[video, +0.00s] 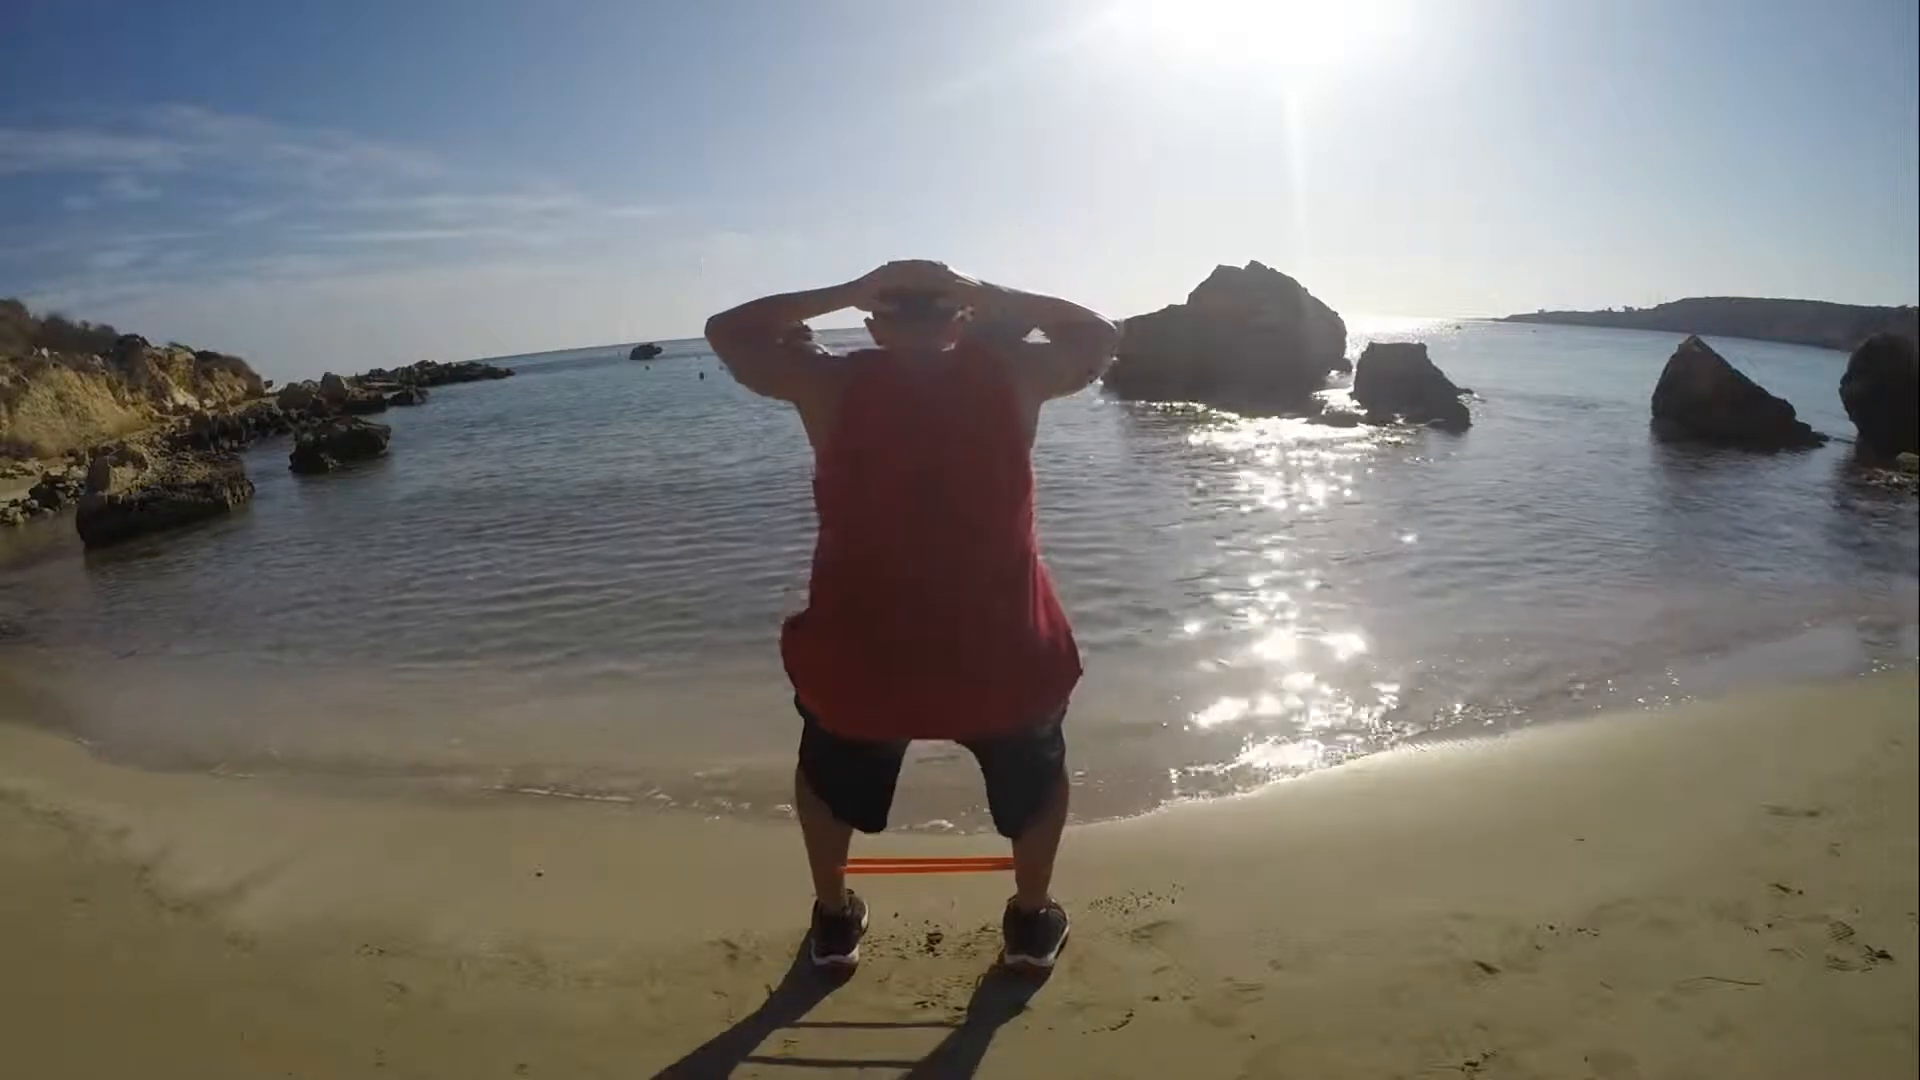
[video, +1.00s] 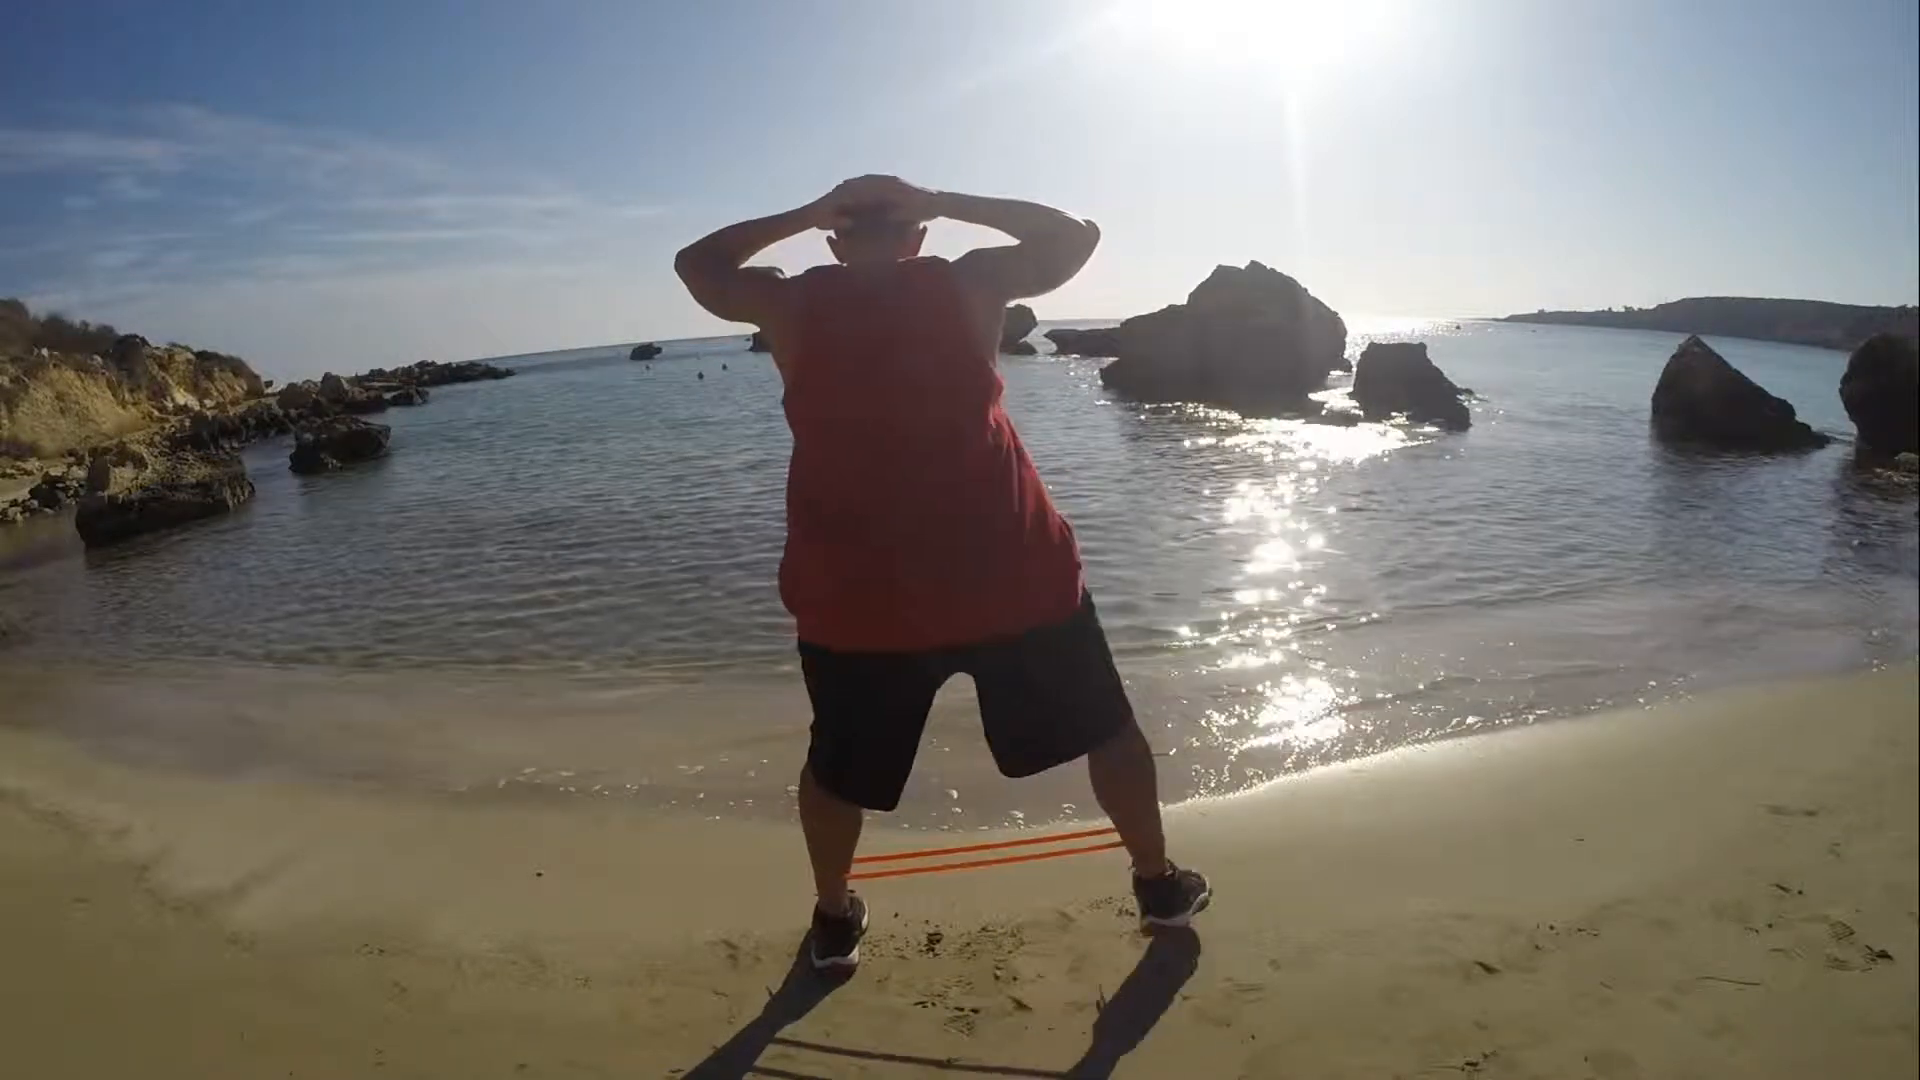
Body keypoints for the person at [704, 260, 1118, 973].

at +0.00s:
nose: (900, 306)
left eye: (894, 300)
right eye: (912, 296)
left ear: (875, 321)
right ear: (963, 316)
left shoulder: (828, 380)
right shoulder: (1009, 373)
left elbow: (728, 329)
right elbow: (1099, 335)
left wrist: (849, 293)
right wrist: (994, 296)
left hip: (863, 658)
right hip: (998, 655)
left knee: (827, 762)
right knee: (1035, 768)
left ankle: (832, 915)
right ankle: (1030, 917)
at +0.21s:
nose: (903, 297)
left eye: (901, 286)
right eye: (905, 285)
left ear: (868, 303)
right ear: (955, 299)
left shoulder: (823, 365)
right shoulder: (1001, 354)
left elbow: (723, 312)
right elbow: (1094, 324)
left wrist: (842, 277)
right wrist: (979, 274)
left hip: (860, 635)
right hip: (994, 631)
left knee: (828, 766)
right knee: (1030, 769)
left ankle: (833, 916)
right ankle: (1030, 916)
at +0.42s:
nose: (894, 290)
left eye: (893, 280)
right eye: (896, 279)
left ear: (865, 296)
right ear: (951, 293)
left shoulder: (820, 363)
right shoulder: (1000, 355)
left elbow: (720, 307)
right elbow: (1092, 313)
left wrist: (837, 269)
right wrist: (976, 266)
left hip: (858, 635)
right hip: (991, 632)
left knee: (828, 767)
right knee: (1030, 771)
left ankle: (832, 917)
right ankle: (1030, 917)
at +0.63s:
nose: (895, 286)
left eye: (896, 275)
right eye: (892, 274)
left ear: (856, 291)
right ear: (943, 288)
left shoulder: (810, 358)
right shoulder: (992, 346)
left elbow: (712, 305)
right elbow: (1084, 307)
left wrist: (827, 267)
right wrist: (968, 262)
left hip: (851, 630)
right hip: (985, 625)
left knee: (825, 770)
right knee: (1024, 771)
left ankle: (831, 917)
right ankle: (1030, 915)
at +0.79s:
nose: (871, 257)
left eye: (875, 246)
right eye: (870, 245)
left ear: (839, 264)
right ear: (927, 263)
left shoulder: (795, 333)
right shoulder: (978, 321)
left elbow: (698, 285)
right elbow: (1071, 277)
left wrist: (812, 242)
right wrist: (951, 236)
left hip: (846, 606)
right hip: (985, 599)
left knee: (827, 764)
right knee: (1032, 752)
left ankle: (830, 913)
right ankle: (1036, 905)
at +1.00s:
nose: (866, 222)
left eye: (857, 214)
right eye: (884, 210)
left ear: (831, 237)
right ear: (918, 233)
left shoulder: (789, 303)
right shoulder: (968, 286)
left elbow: (698, 265)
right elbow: (1072, 236)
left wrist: (807, 214)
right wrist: (939, 201)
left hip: (855, 576)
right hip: (1003, 557)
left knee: (839, 760)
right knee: (1107, 727)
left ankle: (832, 917)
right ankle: (1156, 881)